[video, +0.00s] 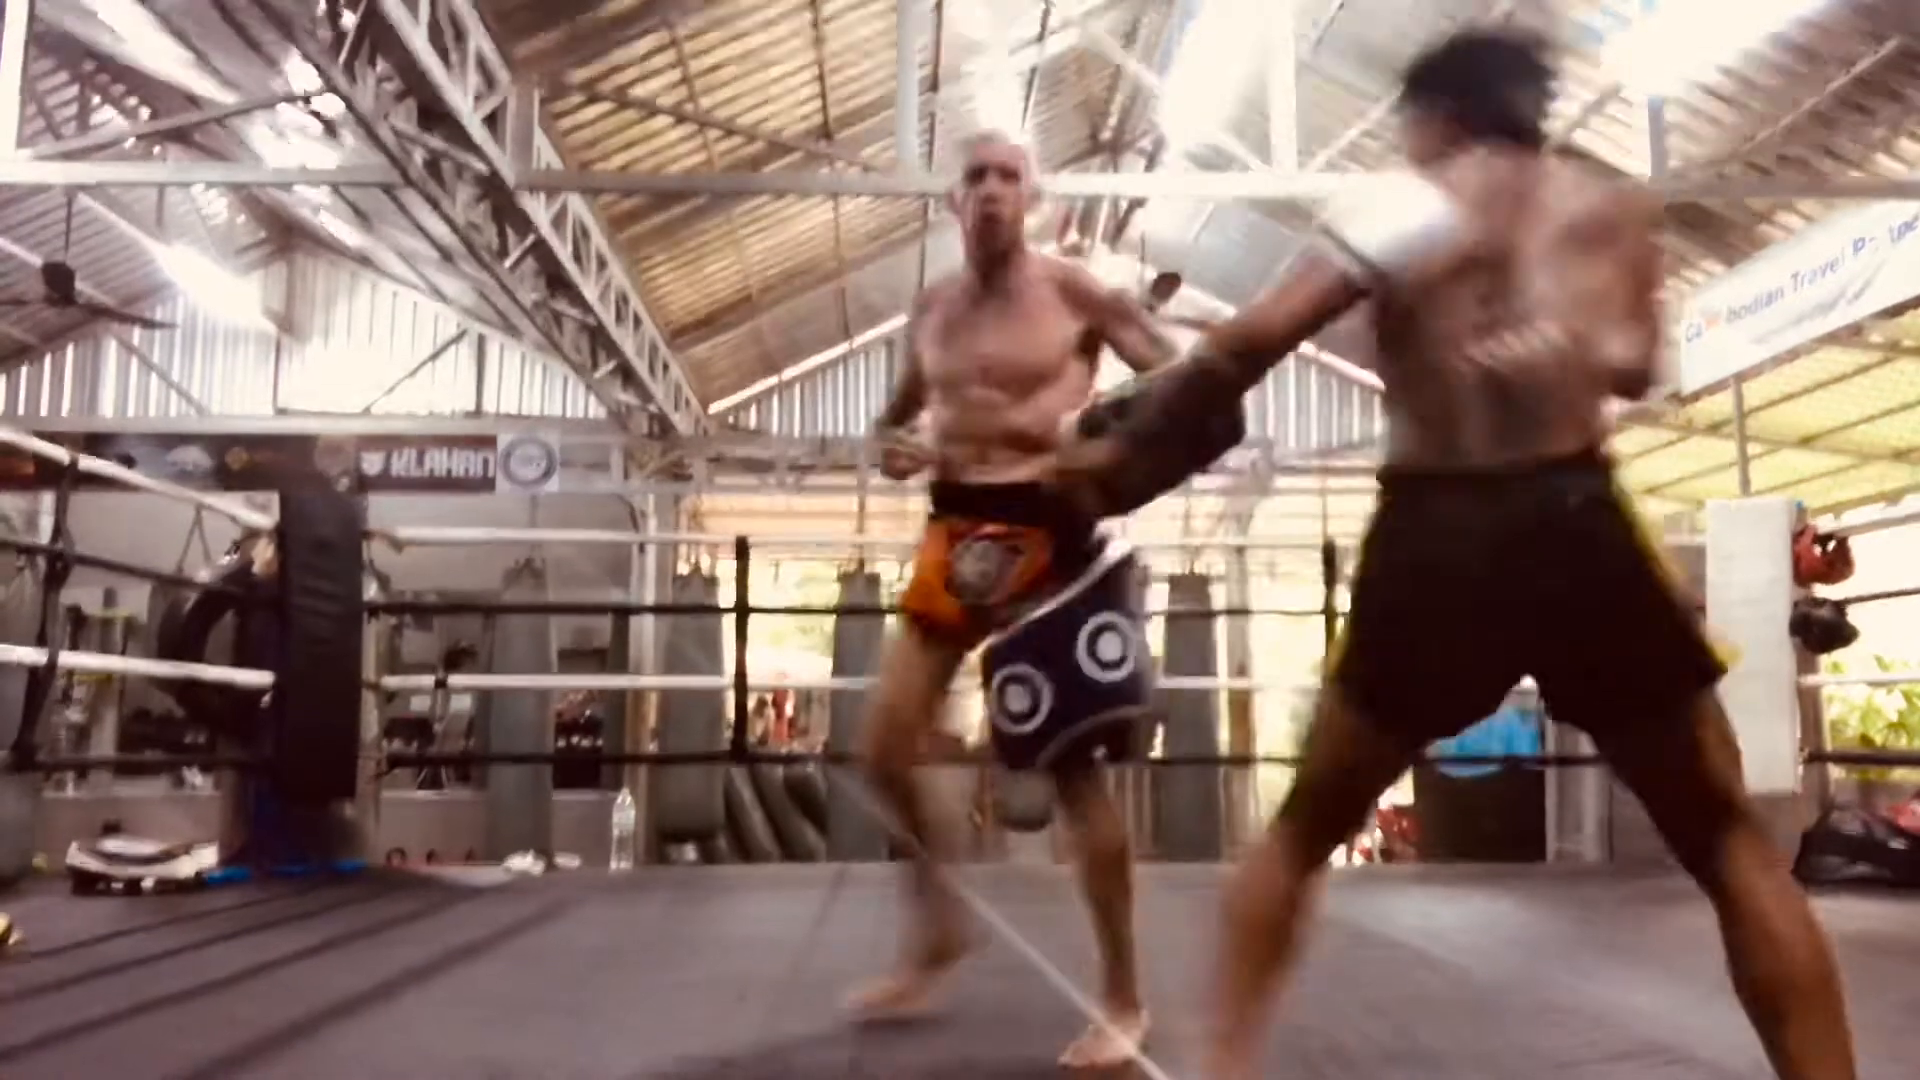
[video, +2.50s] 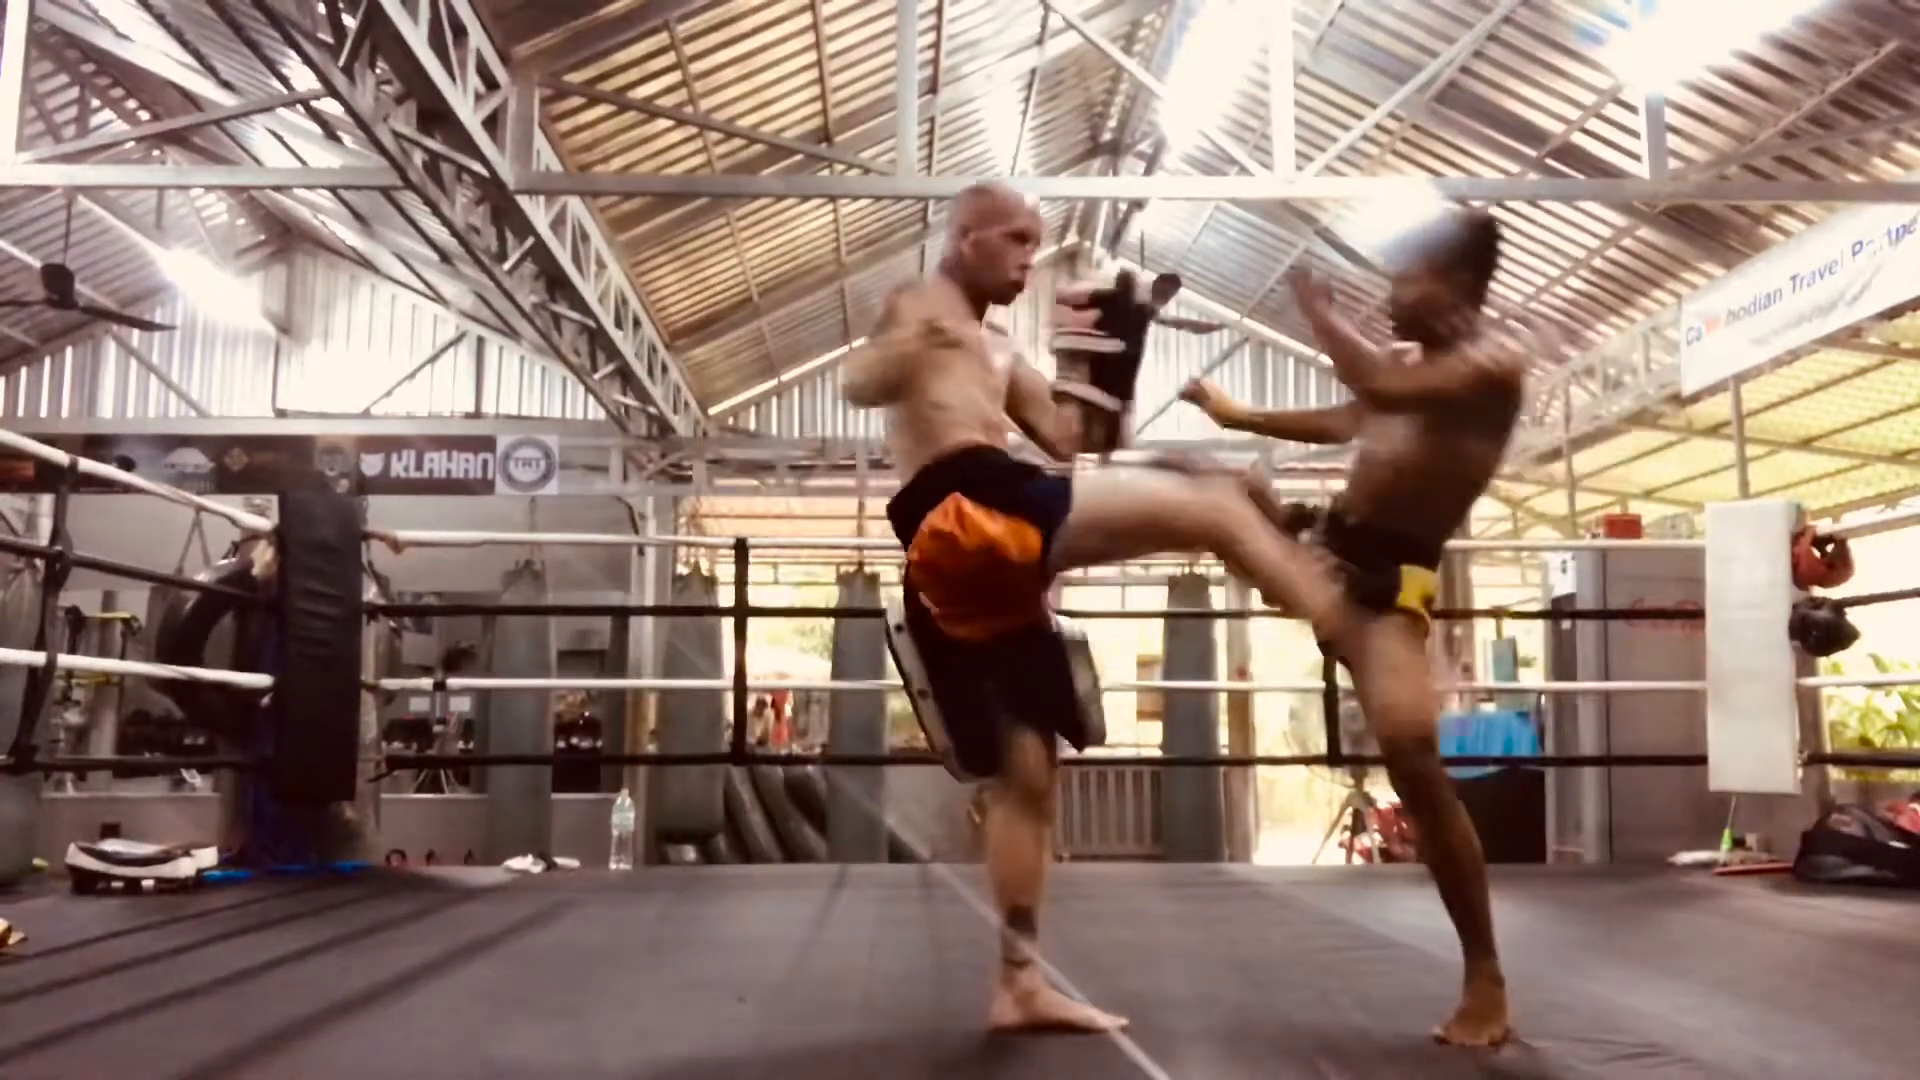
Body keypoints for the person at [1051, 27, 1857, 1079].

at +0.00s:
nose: (1416, 160)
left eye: (1421, 138)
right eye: (1416, 140)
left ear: (1450, 126)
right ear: (1528, 121)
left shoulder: (1402, 215)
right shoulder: (1619, 207)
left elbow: (1254, 337)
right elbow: (1639, 366)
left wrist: (1132, 432)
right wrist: (1558, 350)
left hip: (1431, 548)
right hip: (1583, 544)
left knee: (1304, 830)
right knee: (1730, 840)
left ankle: (1225, 1062)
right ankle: (1826, 1069)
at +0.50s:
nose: (1446, 185)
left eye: (1452, 161)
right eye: (1441, 163)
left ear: (1502, 150)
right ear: (1552, 153)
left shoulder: (1520, 225)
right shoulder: (1643, 243)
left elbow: (1499, 346)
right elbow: (1548, 409)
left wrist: (1351, 353)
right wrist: (1407, 397)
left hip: (1596, 516)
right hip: (1715, 510)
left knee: (1543, 794)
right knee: (1749, 771)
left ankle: (1624, 1062)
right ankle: (1827, 1000)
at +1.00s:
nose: (1504, 291)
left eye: (1514, 270)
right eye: (1501, 272)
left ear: (1567, 261)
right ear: (1565, 269)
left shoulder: (1647, 325)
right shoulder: (1603, 361)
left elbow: (1667, 425)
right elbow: (1541, 472)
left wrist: (1516, 403)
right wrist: (1470, 412)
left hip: (1681, 555)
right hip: (1693, 561)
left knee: (1572, 758)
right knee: (1683, 786)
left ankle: (1603, 1024)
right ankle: (1780, 1001)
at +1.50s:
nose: (1437, 294)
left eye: (1446, 272)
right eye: (1432, 277)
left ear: (1501, 262)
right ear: (1504, 271)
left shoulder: (1561, 315)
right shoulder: (1547, 345)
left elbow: (1524, 397)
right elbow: (1482, 475)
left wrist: (1394, 366)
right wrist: (1388, 432)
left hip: (1623, 554)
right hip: (1652, 554)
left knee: (1546, 771)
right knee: (1638, 772)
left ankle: (1588, 1025)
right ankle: (1751, 964)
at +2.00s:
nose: (1427, 294)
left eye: (1437, 277)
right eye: (1426, 280)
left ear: (1487, 277)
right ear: (1479, 282)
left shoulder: (1541, 346)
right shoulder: (1489, 368)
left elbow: (1543, 477)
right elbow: (1389, 432)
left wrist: (1481, 414)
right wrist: (1404, 336)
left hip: (1586, 581)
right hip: (1572, 579)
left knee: (1468, 754)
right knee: (1670, 795)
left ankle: (1507, 987)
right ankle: (1785, 987)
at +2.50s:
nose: (1392, 304)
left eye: (1406, 290)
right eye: (1393, 289)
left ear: (1456, 288)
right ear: (1422, 289)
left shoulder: (1495, 364)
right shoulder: (1416, 361)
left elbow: (1384, 387)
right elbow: (1340, 423)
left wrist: (1315, 313)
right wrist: (1241, 416)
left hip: (1388, 584)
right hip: (1321, 544)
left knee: (1414, 767)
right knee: (1204, 479)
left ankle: (1483, 983)